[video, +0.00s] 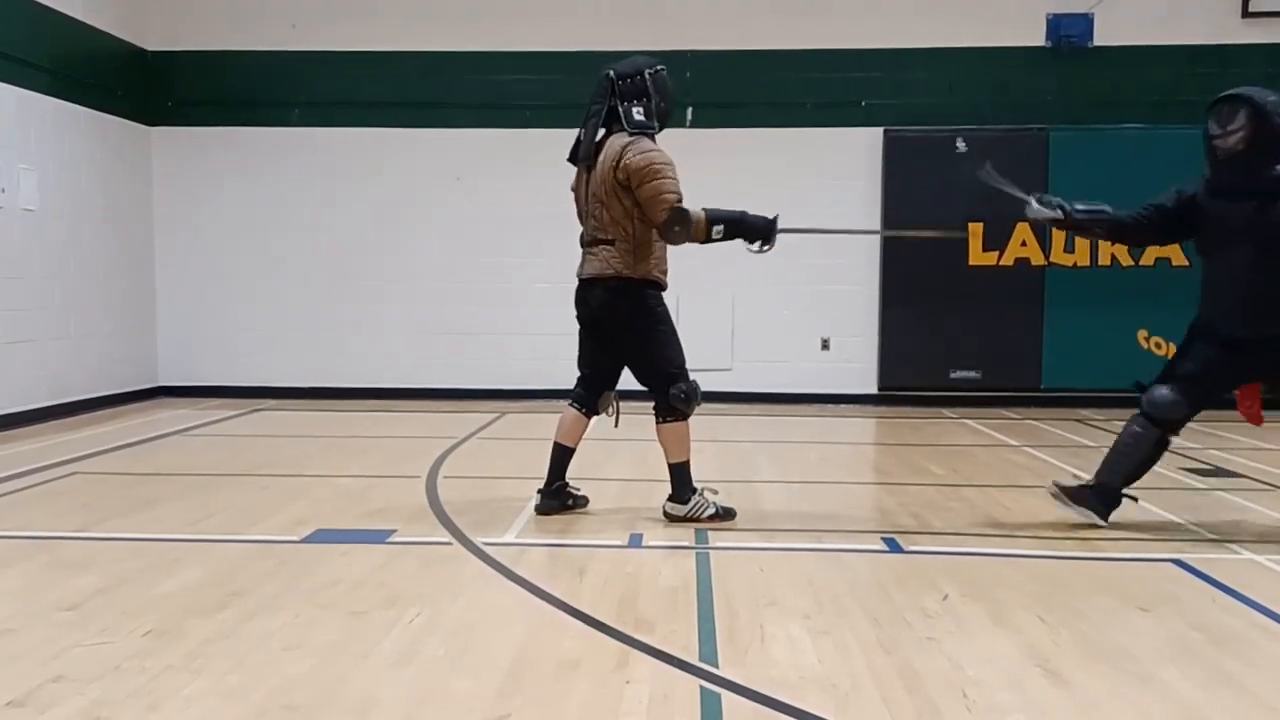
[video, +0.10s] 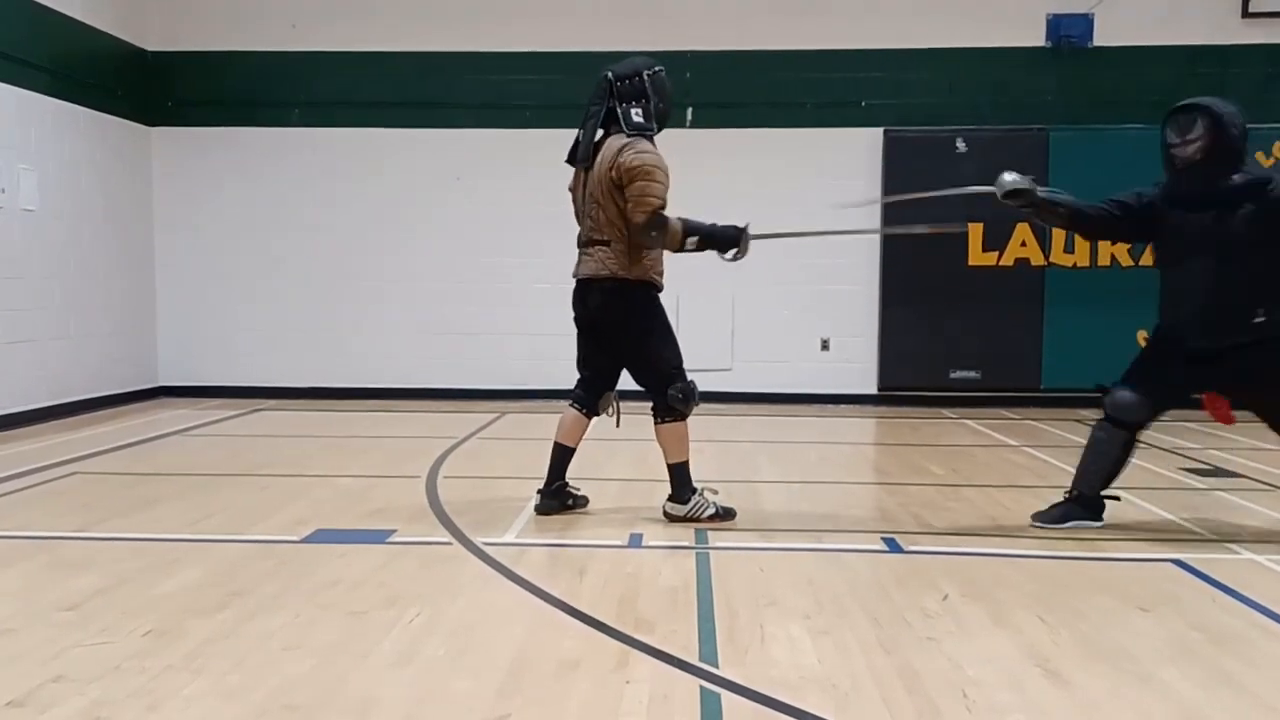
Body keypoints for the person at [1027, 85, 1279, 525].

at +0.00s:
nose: (1220, 133)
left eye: (1234, 125)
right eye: (1218, 124)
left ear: (1263, 132)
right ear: (1211, 128)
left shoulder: (1271, 189)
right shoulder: (1211, 194)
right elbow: (1144, 225)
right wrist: (1069, 217)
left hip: (1270, 328)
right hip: (1223, 328)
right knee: (1165, 403)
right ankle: (1103, 491)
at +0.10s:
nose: (1179, 144)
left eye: (1193, 134)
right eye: (1178, 134)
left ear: (1224, 141)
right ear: (1171, 138)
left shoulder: (1261, 194)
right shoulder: (1166, 201)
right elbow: (1102, 219)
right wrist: (1036, 202)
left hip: (1251, 341)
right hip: (1179, 343)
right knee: (1124, 405)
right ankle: (1083, 500)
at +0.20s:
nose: (1140, 154)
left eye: (1153, 144)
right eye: (1136, 146)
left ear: (1185, 148)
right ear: (1129, 151)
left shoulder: (1234, 201)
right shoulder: (1126, 207)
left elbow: (1279, 220)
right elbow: (1066, 215)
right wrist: (1004, 196)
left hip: (1232, 346)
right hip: (1151, 346)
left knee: (1278, 439)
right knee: (1093, 398)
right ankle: (1079, 500)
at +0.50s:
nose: (1133, 147)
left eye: (1146, 138)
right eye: (1132, 139)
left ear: (1180, 143)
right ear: (1128, 145)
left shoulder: (1231, 203)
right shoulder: (1121, 204)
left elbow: (1277, 246)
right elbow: (1065, 242)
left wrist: (1229, 281)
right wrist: (1001, 247)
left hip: (1213, 347)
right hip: (1134, 343)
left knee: (1255, 442)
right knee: (1080, 395)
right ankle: (1077, 500)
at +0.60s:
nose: (1165, 144)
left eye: (1178, 134)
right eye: (1163, 134)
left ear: (1210, 140)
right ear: (1156, 139)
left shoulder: (1252, 200)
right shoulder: (1152, 205)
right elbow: (1099, 251)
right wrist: (1037, 267)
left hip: (1226, 343)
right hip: (1151, 338)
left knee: (1263, 440)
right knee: (1098, 399)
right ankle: (1079, 502)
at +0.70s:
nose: (1193, 138)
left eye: (1207, 130)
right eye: (1194, 128)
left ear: (1239, 133)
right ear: (1192, 130)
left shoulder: (1268, 188)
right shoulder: (1190, 195)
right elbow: (1137, 240)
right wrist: (1076, 255)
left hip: (1252, 333)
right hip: (1184, 330)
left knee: (1274, 429)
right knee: (1134, 406)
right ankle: (1087, 496)